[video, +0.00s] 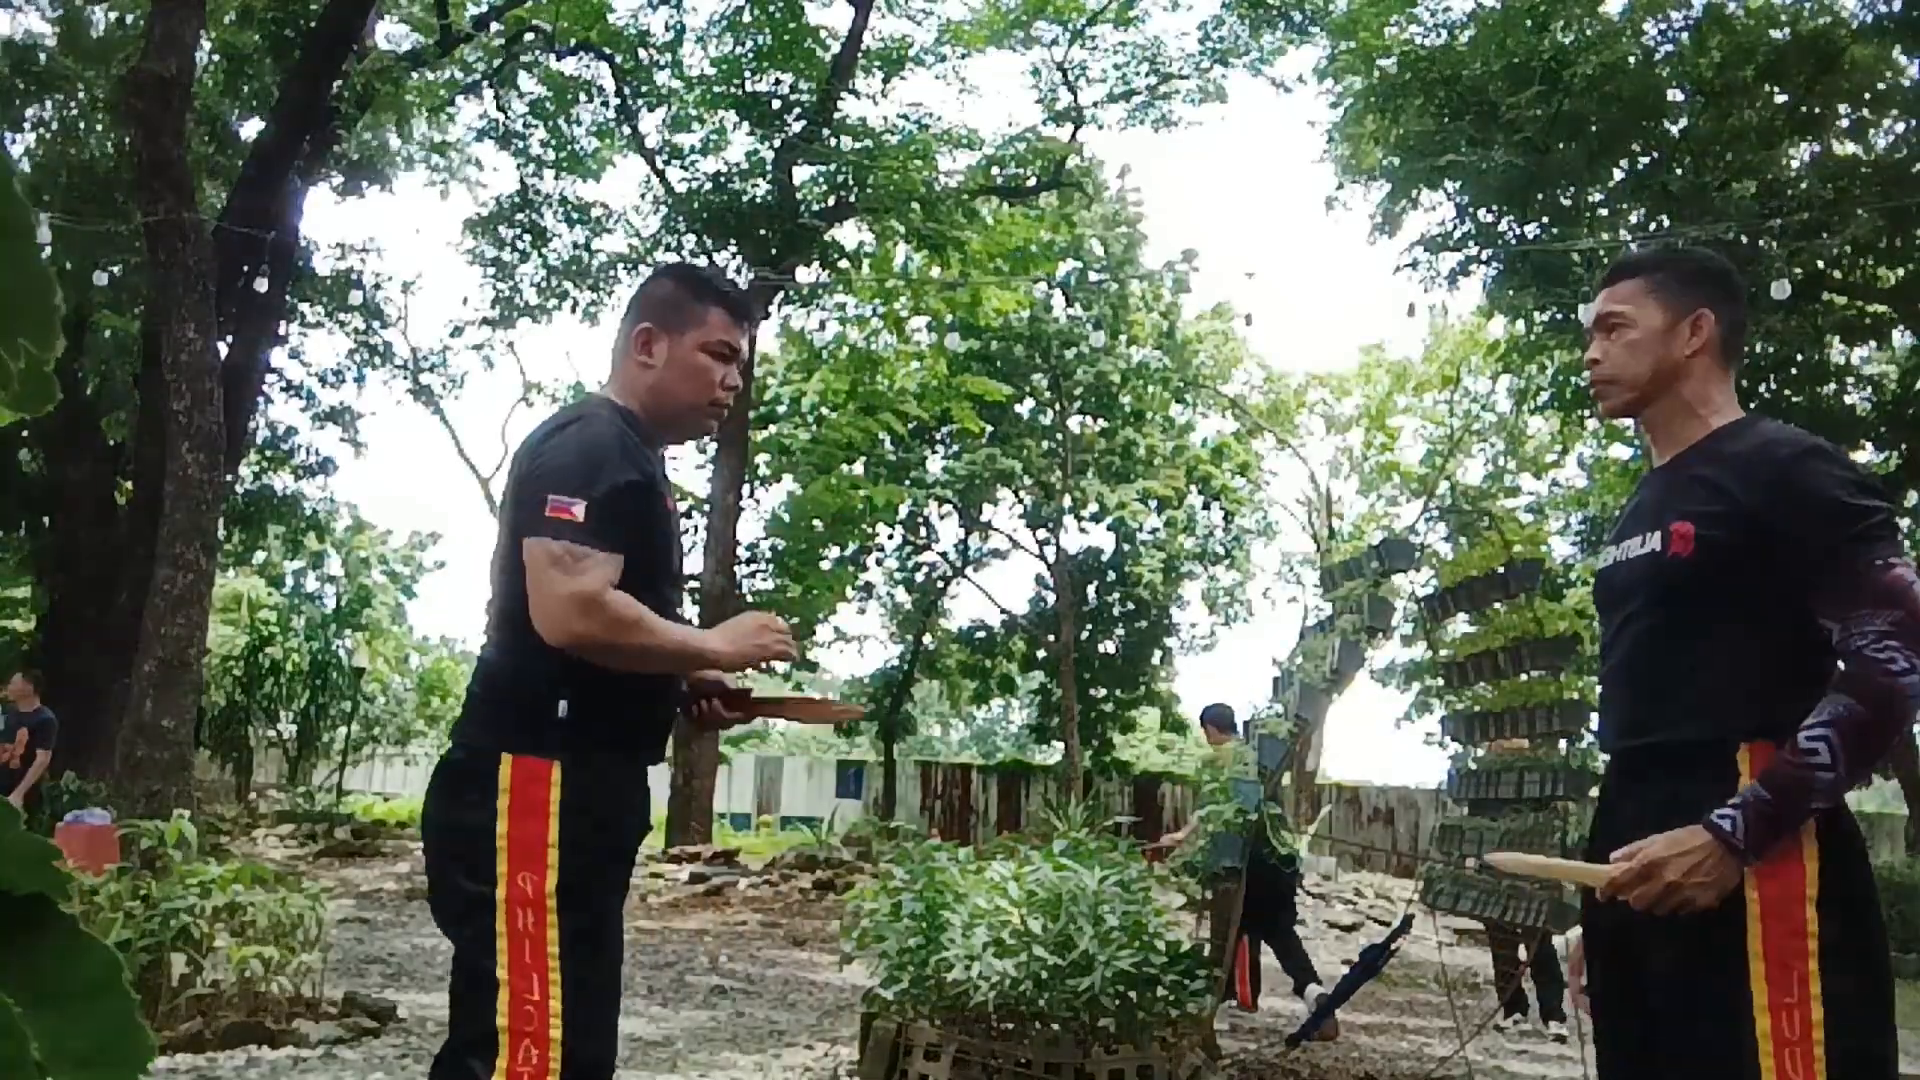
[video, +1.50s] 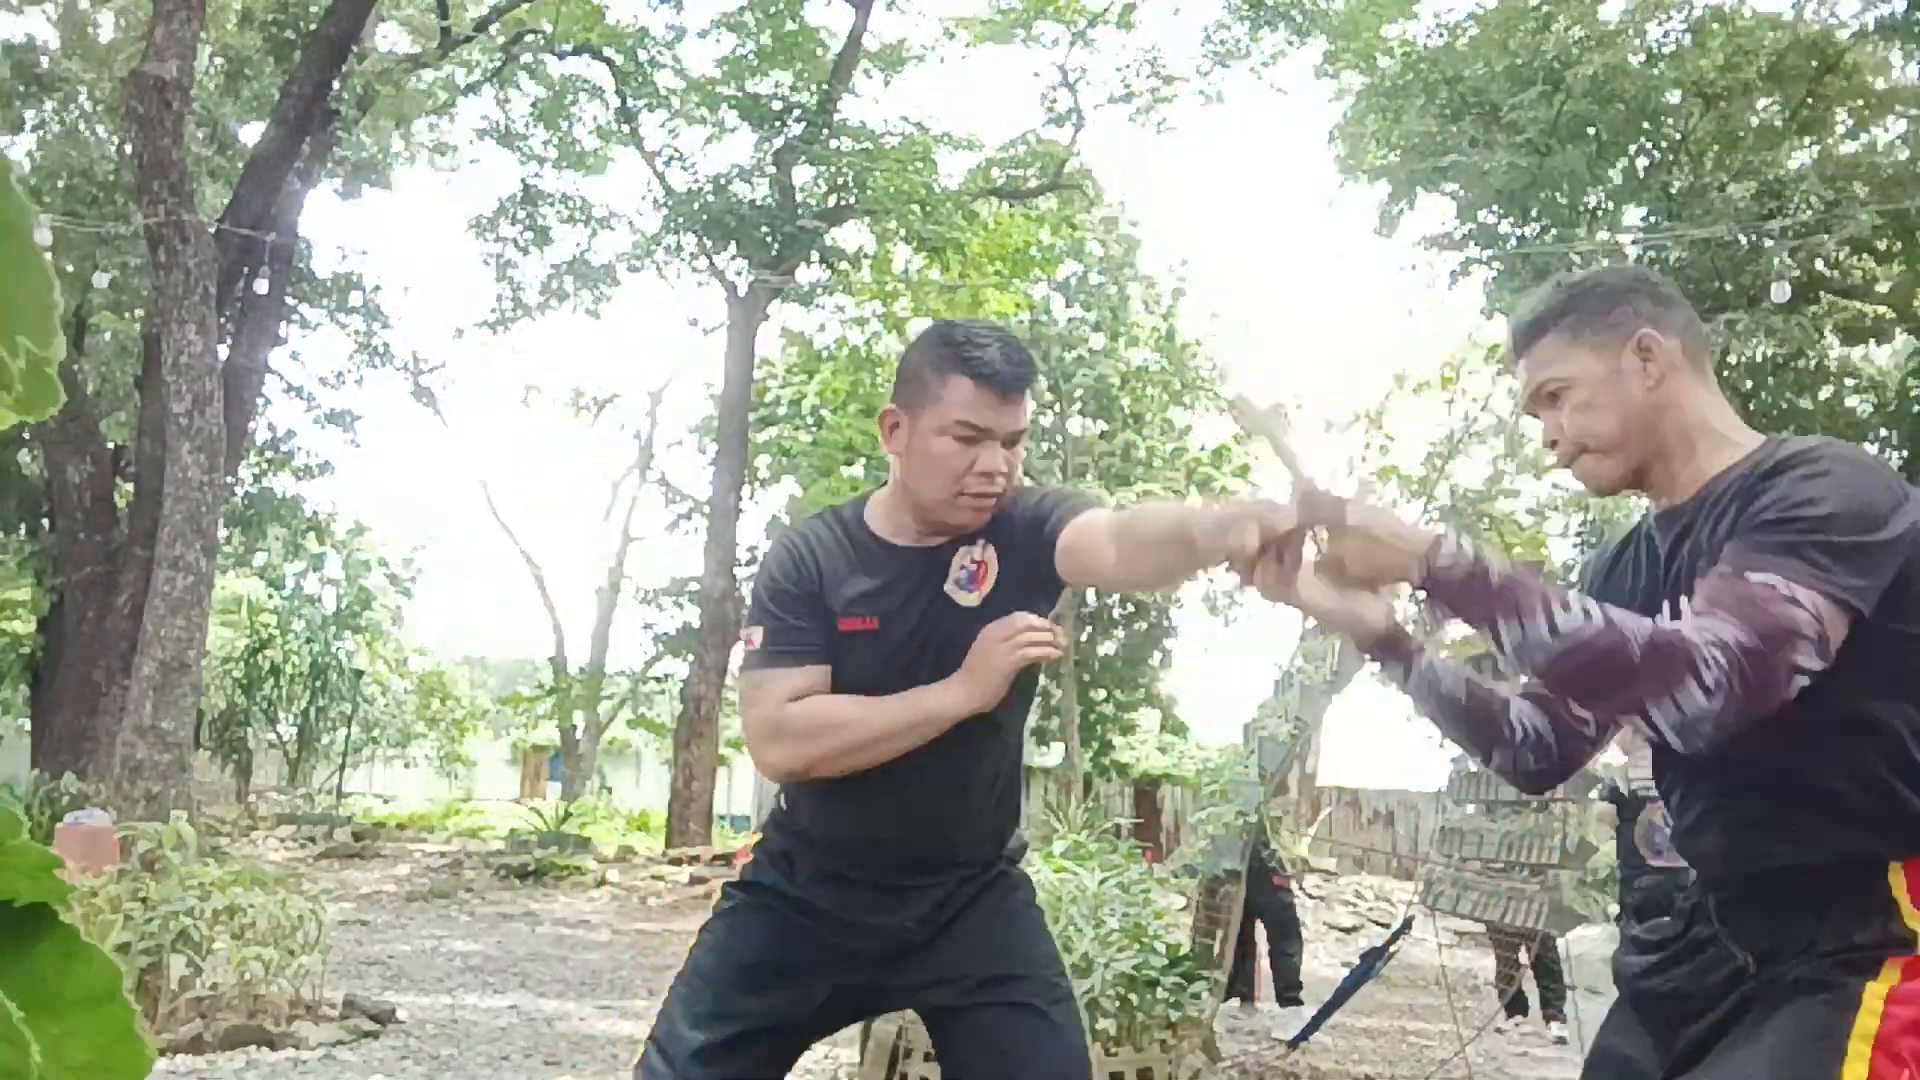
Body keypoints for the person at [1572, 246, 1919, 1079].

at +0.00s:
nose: (1589, 349)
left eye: (1612, 325)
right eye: (1590, 331)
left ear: (1694, 333)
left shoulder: (1784, 463)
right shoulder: (1640, 504)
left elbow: (1894, 659)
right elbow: (1652, 725)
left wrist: (1736, 831)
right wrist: (1603, 917)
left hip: (1768, 866)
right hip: (1639, 863)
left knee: (1782, 1064)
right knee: (1644, 1063)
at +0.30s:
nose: (1577, 372)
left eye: (1593, 343)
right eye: (1578, 350)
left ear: (1677, 336)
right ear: (1669, 341)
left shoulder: (1786, 467)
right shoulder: (1639, 508)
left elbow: (1890, 667)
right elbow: (1637, 705)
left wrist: (1733, 830)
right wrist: (1508, 788)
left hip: (1768, 857)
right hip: (1633, 862)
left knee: (1780, 1064)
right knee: (1642, 1063)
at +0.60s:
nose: (1534, 439)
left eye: (1540, 409)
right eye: (1524, 421)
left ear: (1616, 373)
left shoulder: (1749, 461)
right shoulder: (1613, 528)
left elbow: (1909, 601)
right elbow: (1604, 710)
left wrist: (1788, 805)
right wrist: (1511, 660)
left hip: (1762, 821)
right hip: (1647, 829)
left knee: (1759, 1061)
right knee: (1637, 1060)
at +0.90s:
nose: (1488, 562)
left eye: (1477, 534)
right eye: (1472, 544)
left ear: (1519, 486)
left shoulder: (1591, 526)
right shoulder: (1703, 527)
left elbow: (1507, 704)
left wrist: (1421, 882)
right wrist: (1666, 804)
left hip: (1755, 867)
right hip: (1870, 857)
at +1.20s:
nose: (1596, 416)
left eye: (1593, 397)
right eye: (1589, 404)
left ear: (1633, 363)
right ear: (1740, 370)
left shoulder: (1622, 446)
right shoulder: (1879, 515)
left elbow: (1471, 470)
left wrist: (1526, 412)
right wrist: (1575, 683)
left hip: (1639, 896)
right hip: (1822, 905)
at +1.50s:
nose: (1547, 437)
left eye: (1555, 398)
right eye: (1537, 416)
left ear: (1648, 355)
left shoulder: (1832, 488)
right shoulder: (1629, 567)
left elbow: (1701, 685)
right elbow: (1536, 748)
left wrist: (1432, 560)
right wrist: (1383, 638)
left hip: (1854, 974)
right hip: (1690, 974)